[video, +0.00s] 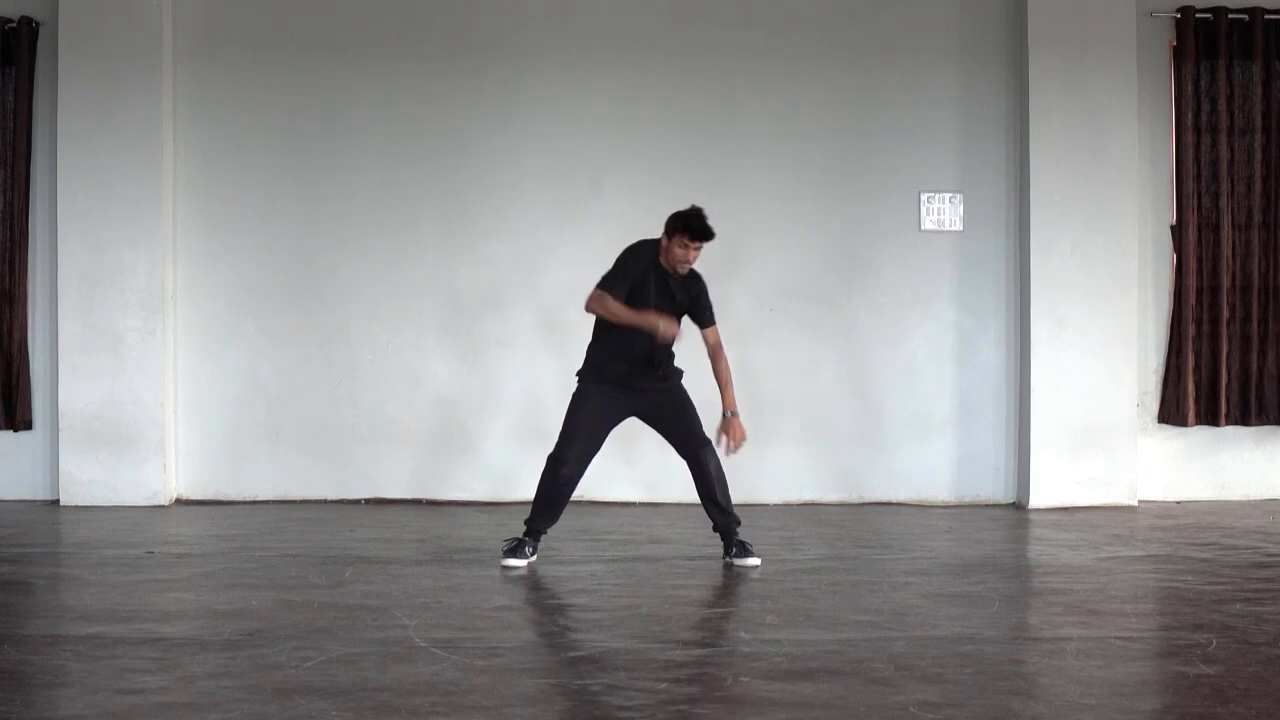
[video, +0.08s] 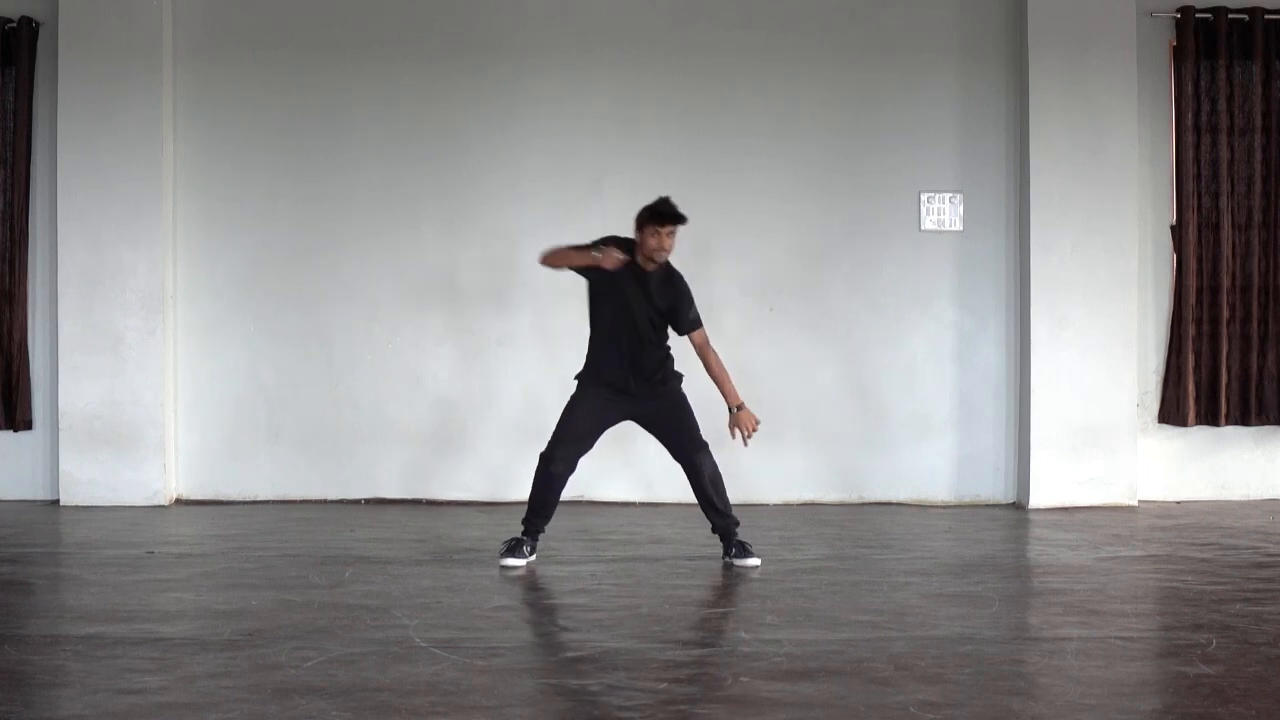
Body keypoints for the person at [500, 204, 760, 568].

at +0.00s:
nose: (690, 256)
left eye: (697, 250)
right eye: (684, 247)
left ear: (702, 249)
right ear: (666, 239)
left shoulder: (693, 285)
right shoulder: (638, 257)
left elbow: (715, 347)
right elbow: (596, 302)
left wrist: (731, 411)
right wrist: (650, 320)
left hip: (659, 388)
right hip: (604, 384)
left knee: (702, 453)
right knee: (566, 460)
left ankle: (732, 540)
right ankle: (530, 538)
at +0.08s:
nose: (664, 243)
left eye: (670, 236)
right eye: (656, 234)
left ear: (675, 239)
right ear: (638, 233)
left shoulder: (673, 285)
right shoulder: (608, 253)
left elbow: (703, 348)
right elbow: (549, 258)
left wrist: (737, 406)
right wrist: (592, 257)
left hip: (658, 392)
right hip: (601, 388)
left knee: (698, 458)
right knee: (556, 458)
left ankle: (732, 540)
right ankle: (527, 538)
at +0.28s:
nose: (543, 243)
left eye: (544, 233)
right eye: (532, 239)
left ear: (548, 226)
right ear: (515, 243)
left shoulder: (581, 240)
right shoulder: (525, 290)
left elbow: (627, 273)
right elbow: (538, 350)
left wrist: (658, 323)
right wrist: (510, 413)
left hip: (643, 357)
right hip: (593, 374)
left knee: (691, 436)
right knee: (562, 454)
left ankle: (705, 513)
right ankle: (528, 538)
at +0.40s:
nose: (518, 265)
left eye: (518, 255)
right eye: (507, 262)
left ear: (521, 249)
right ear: (489, 267)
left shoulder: (547, 253)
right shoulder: (504, 314)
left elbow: (600, 273)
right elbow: (545, 357)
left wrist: (651, 307)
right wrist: (543, 420)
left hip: (627, 336)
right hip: (585, 367)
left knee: (677, 381)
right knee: (554, 450)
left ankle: (666, 416)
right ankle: (527, 539)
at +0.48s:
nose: (507, 274)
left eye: (508, 264)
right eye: (496, 271)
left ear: (511, 257)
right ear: (480, 276)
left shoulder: (537, 259)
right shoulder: (497, 320)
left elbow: (592, 274)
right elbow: (531, 360)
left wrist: (648, 302)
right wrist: (539, 422)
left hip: (616, 328)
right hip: (579, 364)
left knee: (656, 341)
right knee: (552, 448)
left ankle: (662, 383)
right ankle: (528, 540)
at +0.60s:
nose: (496, 284)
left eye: (496, 274)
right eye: (485, 281)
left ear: (498, 266)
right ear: (466, 288)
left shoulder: (525, 268)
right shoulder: (487, 331)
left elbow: (581, 276)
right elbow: (527, 364)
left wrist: (640, 302)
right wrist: (535, 418)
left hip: (606, 327)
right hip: (574, 367)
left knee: (631, 326)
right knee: (547, 443)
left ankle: (687, 394)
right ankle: (528, 538)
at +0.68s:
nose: (488, 294)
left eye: (487, 285)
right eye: (476, 294)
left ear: (489, 276)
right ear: (461, 299)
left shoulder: (519, 273)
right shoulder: (481, 336)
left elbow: (576, 280)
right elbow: (522, 367)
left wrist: (635, 303)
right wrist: (529, 421)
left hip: (603, 328)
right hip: (566, 365)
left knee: (661, 361)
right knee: (540, 444)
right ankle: (526, 537)